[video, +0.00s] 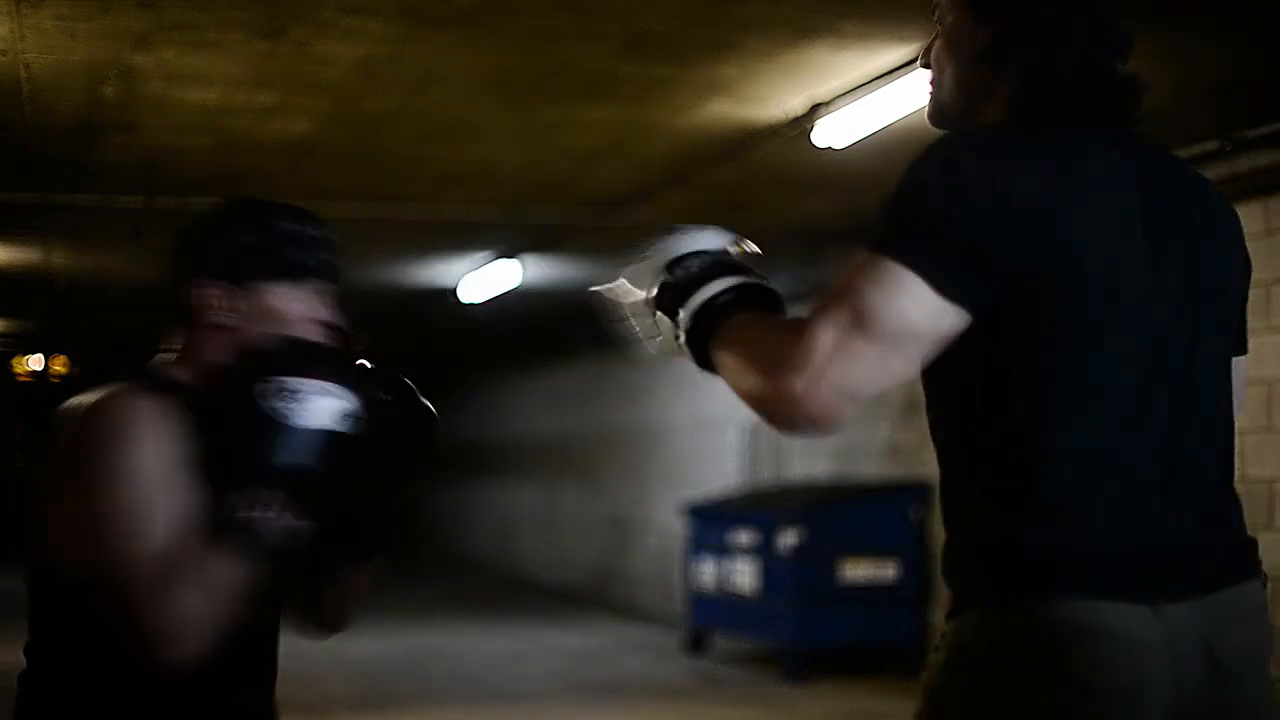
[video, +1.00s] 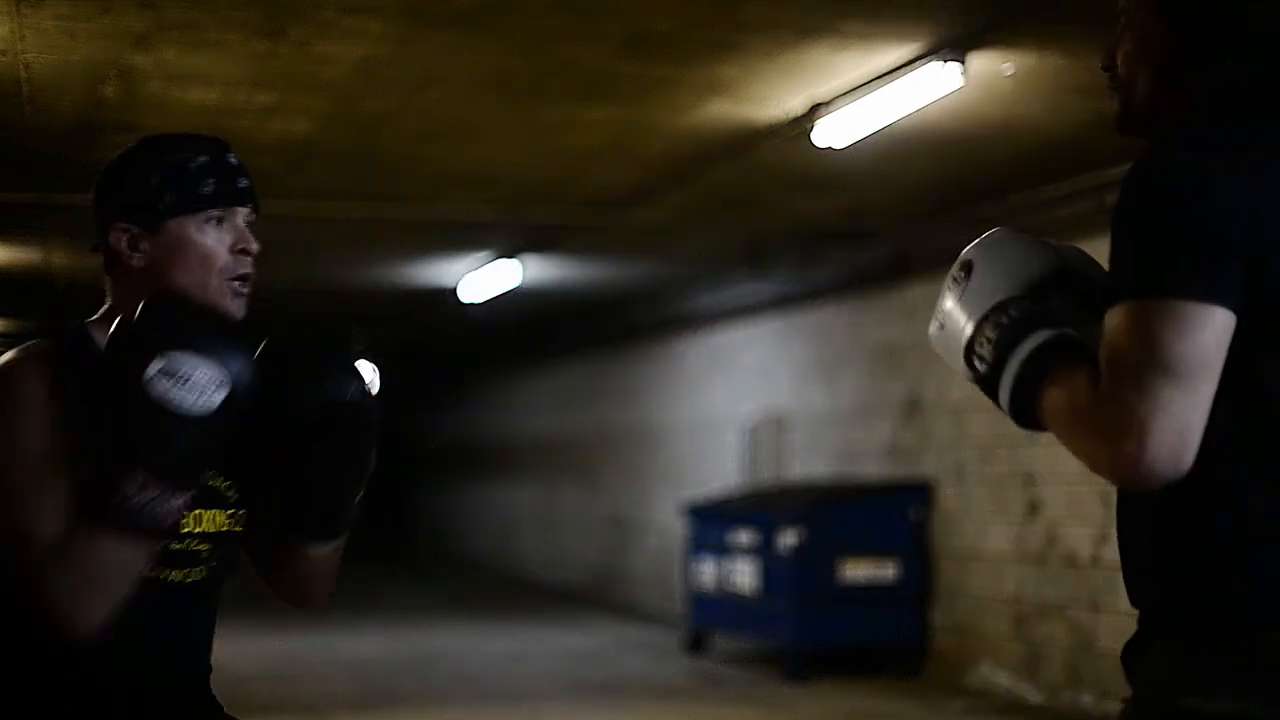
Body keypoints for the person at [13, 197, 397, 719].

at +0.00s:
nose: (330, 320)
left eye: (326, 297)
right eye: (304, 293)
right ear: (220, 303)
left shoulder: (250, 427)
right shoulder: (131, 421)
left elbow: (322, 612)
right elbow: (175, 628)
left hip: (232, 711)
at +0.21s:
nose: (259, 331)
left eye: (260, 307)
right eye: (225, 314)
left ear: (271, 309)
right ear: (158, 334)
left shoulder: (299, 442)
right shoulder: (74, 479)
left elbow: (408, 628)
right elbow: (51, 682)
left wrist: (359, 473)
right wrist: (108, 529)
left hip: (271, 711)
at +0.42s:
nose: (408, 284)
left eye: (400, 258)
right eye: (386, 258)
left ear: (304, 273)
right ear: (309, 270)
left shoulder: (291, 352)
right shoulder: (290, 351)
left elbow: (457, 346)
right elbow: (479, 361)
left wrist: (572, 255)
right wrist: (598, 261)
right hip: (190, 717)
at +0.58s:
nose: (368, 281)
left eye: (365, 260)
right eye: (342, 257)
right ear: (259, 272)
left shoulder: (293, 407)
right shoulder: (192, 398)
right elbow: (184, 596)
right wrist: (354, 493)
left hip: (251, 716)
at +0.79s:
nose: (267, 278)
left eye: (267, 258)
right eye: (235, 254)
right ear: (150, 276)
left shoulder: (254, 417)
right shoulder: (51, 422)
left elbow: (293, 624)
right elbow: (13, 630)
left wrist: (323, 506)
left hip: (196, 710)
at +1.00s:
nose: (249, 245)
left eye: (248, 225)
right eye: (215, 222)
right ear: (132, 245)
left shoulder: (231, 383)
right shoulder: (39, 381)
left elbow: (304, 587)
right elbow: (65, 606)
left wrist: (330, 461)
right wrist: (159, 466)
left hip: (181, 698)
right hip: (61, 706)